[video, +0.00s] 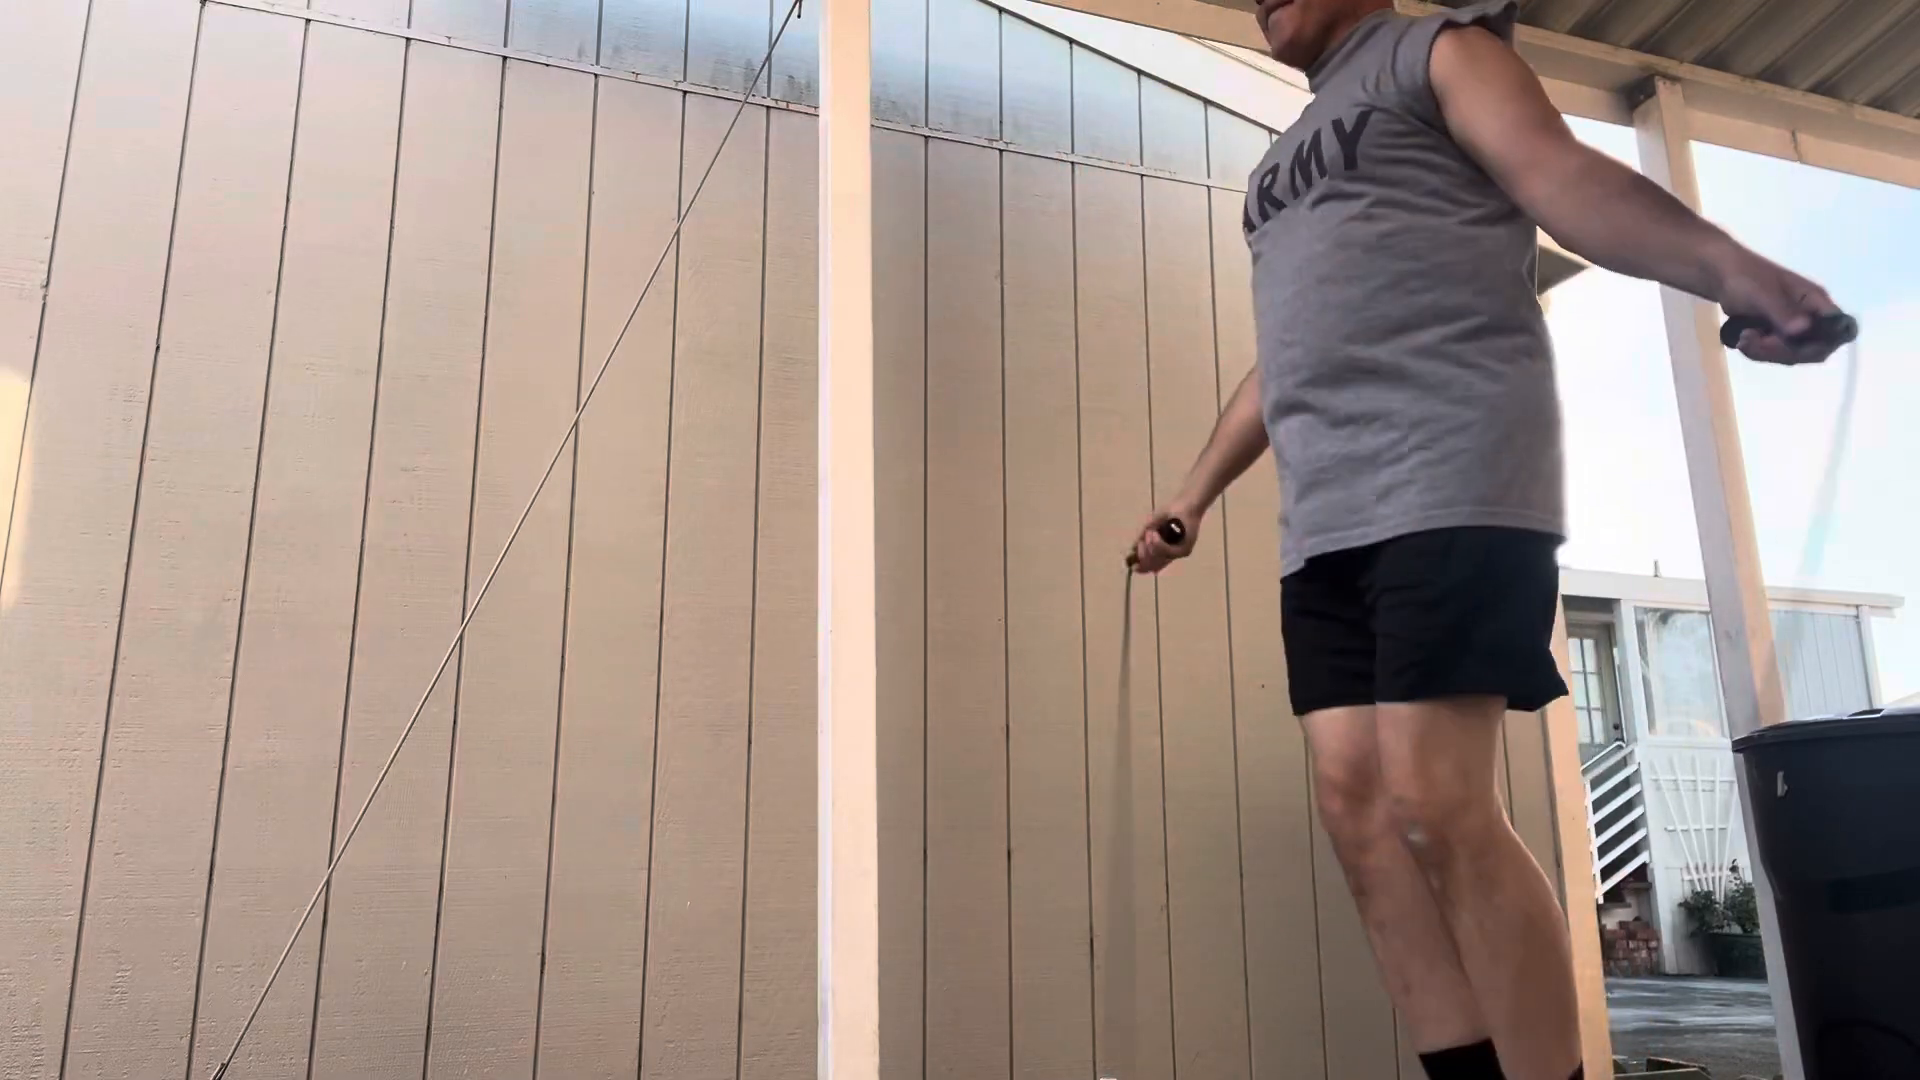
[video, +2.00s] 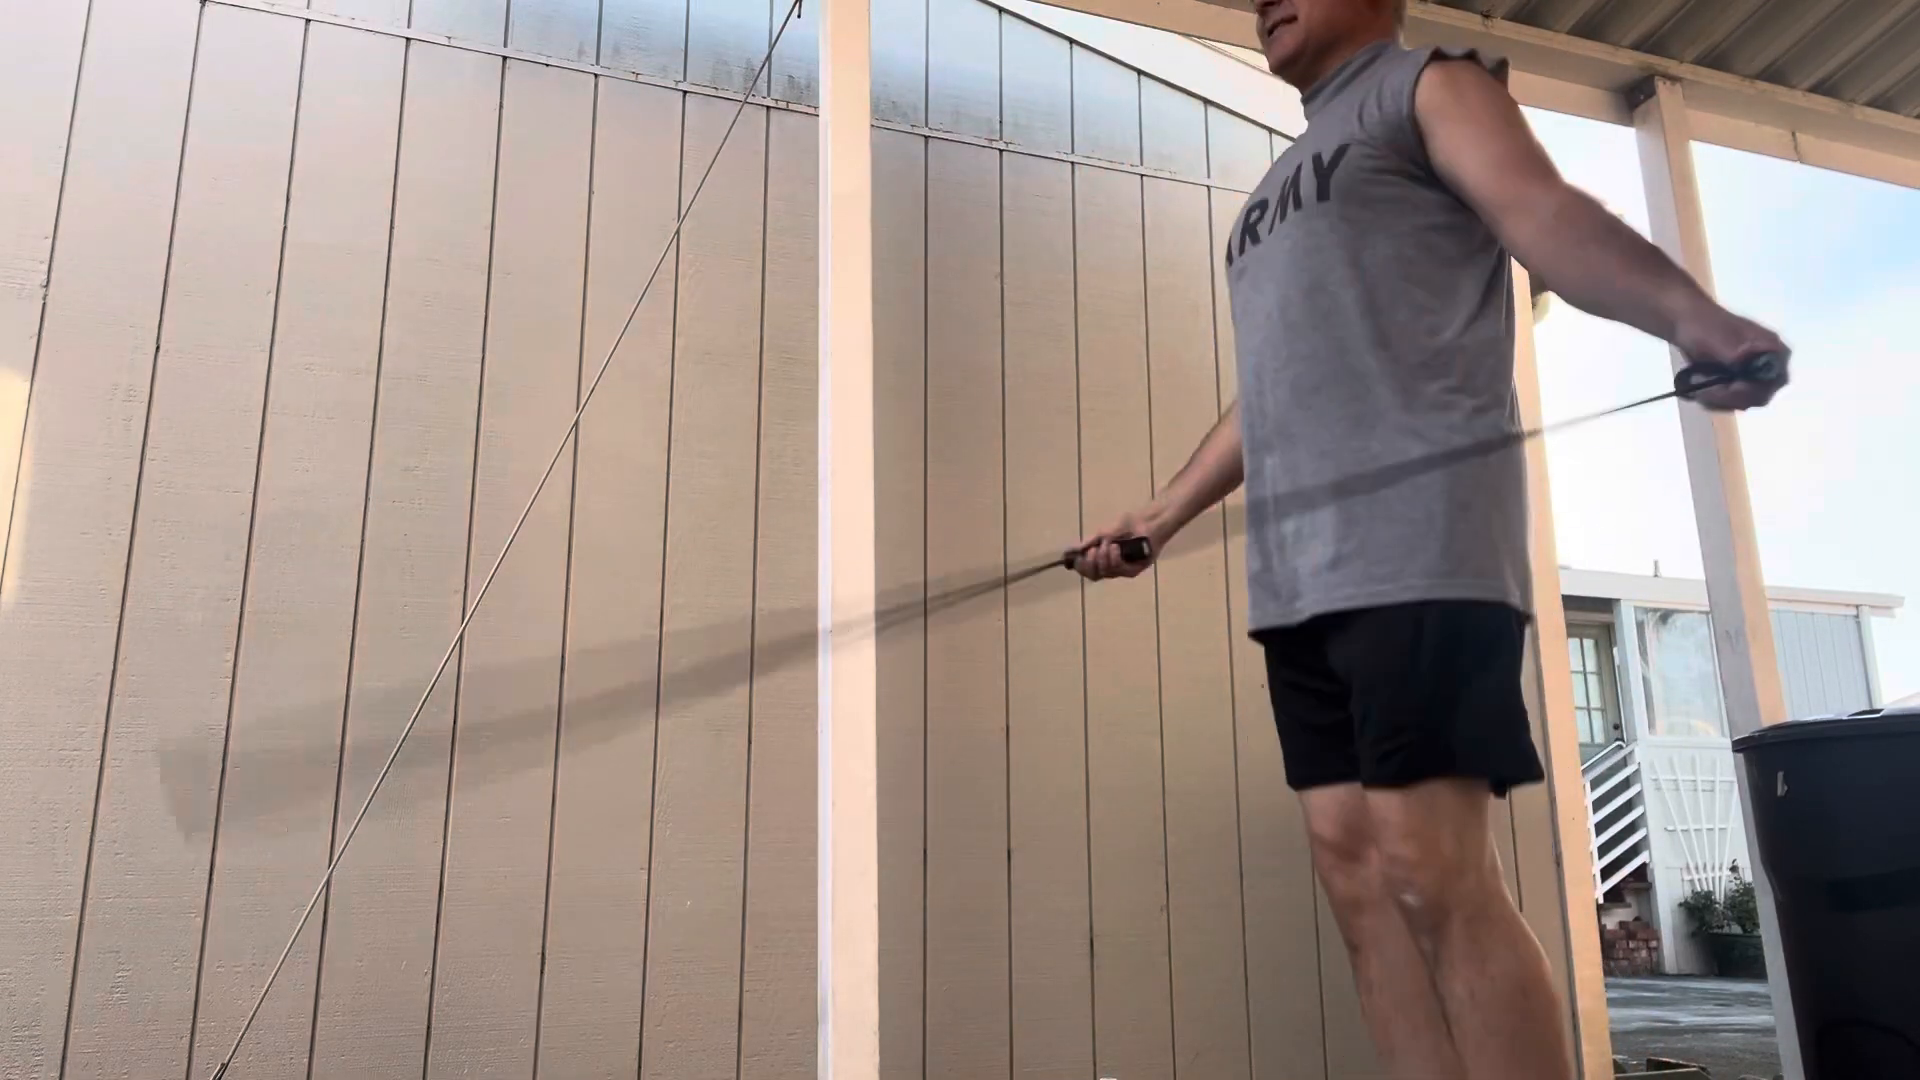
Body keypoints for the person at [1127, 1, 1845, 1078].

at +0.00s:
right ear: (1274, 23)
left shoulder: (1440, 49)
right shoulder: (1280, 163)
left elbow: (1562, 179)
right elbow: (1287, 359)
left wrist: (1729, 264)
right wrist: (1193, 492)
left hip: (1457, 465)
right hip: (1324, 498)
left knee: (1439, 800)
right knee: (1355, 807)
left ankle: (1546, 1072)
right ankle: (1467, 1070)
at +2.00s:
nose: (1260, 6)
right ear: (1272, 25)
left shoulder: (1430, 83)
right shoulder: (1276, 185)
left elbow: (1542, 214)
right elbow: (1273, 386)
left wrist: (1689, 314)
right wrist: (1164, 511)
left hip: (1424, 546)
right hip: (1300, 564)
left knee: (1433, 868)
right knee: (1348, 865)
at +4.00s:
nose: (1327, 41)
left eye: (1354, 16)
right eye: (1321, 30)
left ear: (1437, 24)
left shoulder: (1514, 134)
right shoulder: (1349, 243)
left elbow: (1646, 269)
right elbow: (1346, 442)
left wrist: (1762, 385)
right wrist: (1197, 532)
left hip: (1521, 607)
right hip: (1383, 631)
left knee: (1528, 940)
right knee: (1416, 927)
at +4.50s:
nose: (1339, 3)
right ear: (1342, 22)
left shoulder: (1520, 78)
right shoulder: (1353, 190)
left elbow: (1643, 222)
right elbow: (1350, 388)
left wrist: (1790, 337)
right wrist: (1233, 514)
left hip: (1517, 561)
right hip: (1381, 579)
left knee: (1533, 888)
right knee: (1431, 876)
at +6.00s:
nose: (1410, 20)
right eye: (1403, 12)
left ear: (1525, 15)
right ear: (1408, 57)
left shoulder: (1608, 124)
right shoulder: (1409, 237)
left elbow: (1759, 247)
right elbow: (1402, 427)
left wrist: (1883, 299)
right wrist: (1236, 469)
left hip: (1606, 585)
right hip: (1447, 609)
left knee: (1614, 930)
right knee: (1493, 921)